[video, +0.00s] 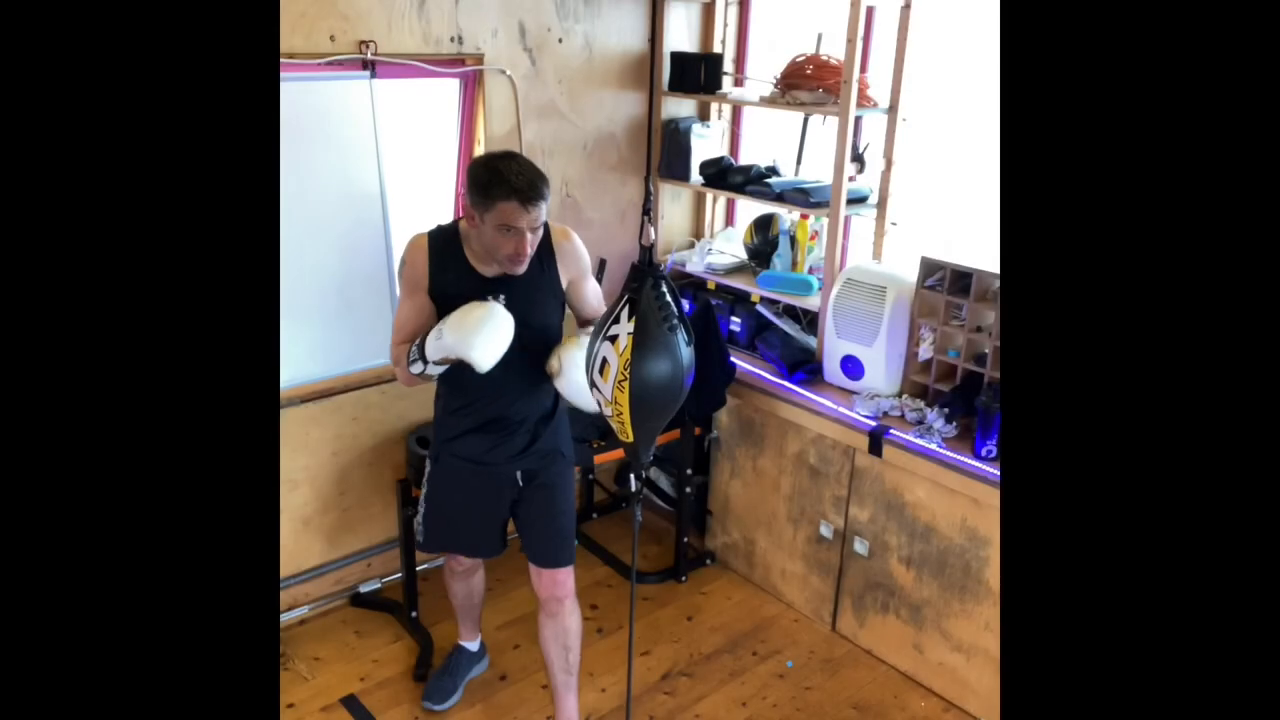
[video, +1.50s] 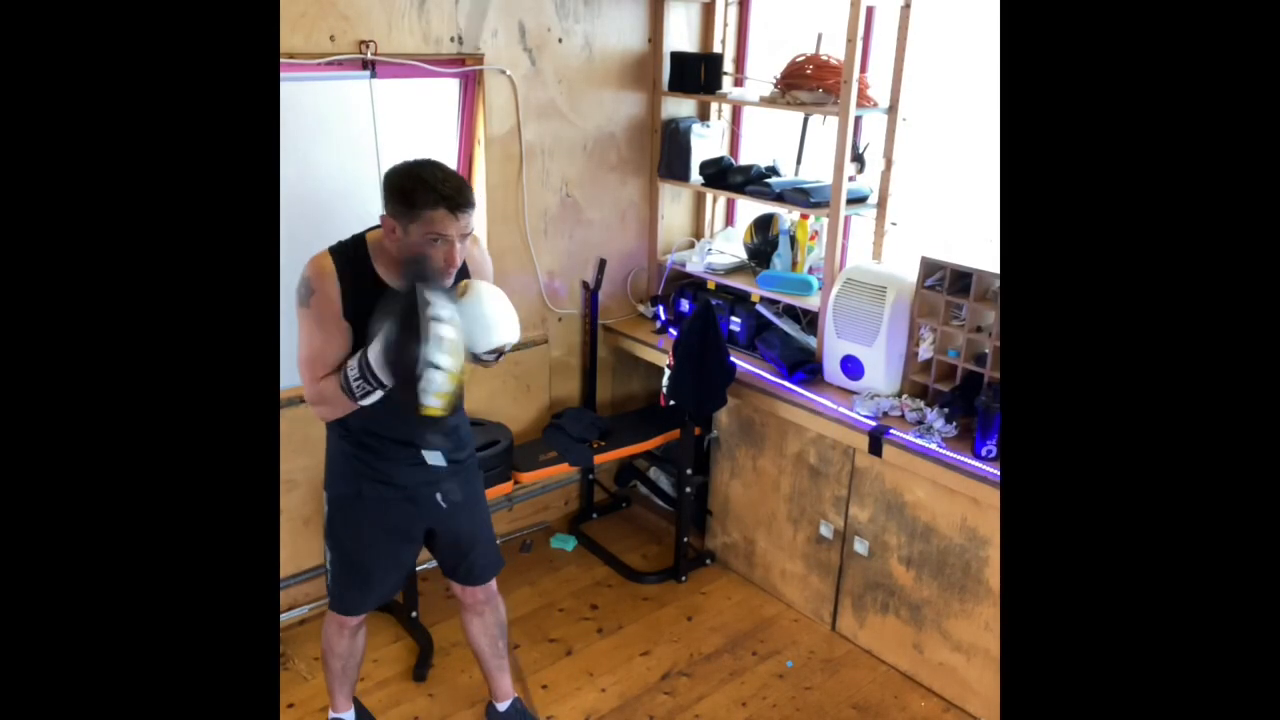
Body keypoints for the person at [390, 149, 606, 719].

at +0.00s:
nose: (525, 246)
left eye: (534, 230)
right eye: (509, 231)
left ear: (544, 216)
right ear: (469, 218)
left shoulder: (561, 248)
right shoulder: (428, 255)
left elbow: (605, 328)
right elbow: (403, 359)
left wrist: (587, 355)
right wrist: (436, 348)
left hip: (544, 442)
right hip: (464, 447)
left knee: (557, 587)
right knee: (459, 561)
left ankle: (568, 713)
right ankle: (469, 648)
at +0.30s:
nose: (546, 234)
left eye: (554, 216)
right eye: (526, 218)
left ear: (563, 209)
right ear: (484, 216)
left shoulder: (566, 253)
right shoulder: (460, 275)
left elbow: (588, 334)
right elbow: (507, 343)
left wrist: (611, 381)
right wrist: (577, 353)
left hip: (542, 458)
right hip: (466, 466)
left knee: (554, 609)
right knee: (453, 581)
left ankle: (560, 715)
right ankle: (461, 647)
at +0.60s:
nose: (505, 194)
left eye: (504, 178)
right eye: (491, 179)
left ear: (447, 188)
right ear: (440, 188)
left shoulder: (505, 257)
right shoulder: (369, 282)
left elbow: (532, 336)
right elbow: (341, 393)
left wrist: (545, 387)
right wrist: (416, 436)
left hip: (504, 469)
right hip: (416, 479)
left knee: (533, 625)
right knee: (383, 619)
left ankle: (552, 718)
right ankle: (353, 708)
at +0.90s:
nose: (436, 222)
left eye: (442, 204)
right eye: (419, 206)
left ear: (449, 197)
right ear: (371, 202)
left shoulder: (461, 252)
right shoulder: (322, 270)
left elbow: (495, 360)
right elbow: (323, 401)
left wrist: (491, 343)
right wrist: (361, 344)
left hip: (463, 466)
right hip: (376, 480)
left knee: (507, 609)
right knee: (365, 616)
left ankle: (514, 709)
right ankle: (357, 707)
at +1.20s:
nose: (467, 226)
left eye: (474, 209)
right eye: (448, 211)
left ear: (482, 198)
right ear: (405, 204)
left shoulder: (489, 241)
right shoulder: (368, 257)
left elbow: (517, 310)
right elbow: (423, 356)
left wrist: (539, 315)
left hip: (469, 451)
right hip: (390, 461)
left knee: (490, 586)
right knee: (365, 602)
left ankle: (507, 703)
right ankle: (355, 703)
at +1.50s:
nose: (453, 255)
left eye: (460, 238)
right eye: (435, 240)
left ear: (468, 229)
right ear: (390, 231)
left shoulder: (467, 252)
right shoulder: (330, 276)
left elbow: (486, 356)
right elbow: (322, 402)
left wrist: (487, 338)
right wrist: (376, 363)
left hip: (449, 454)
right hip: (367, 463)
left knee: (480, 588)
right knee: (350, 609)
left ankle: (505, 703)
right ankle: (342, 713)